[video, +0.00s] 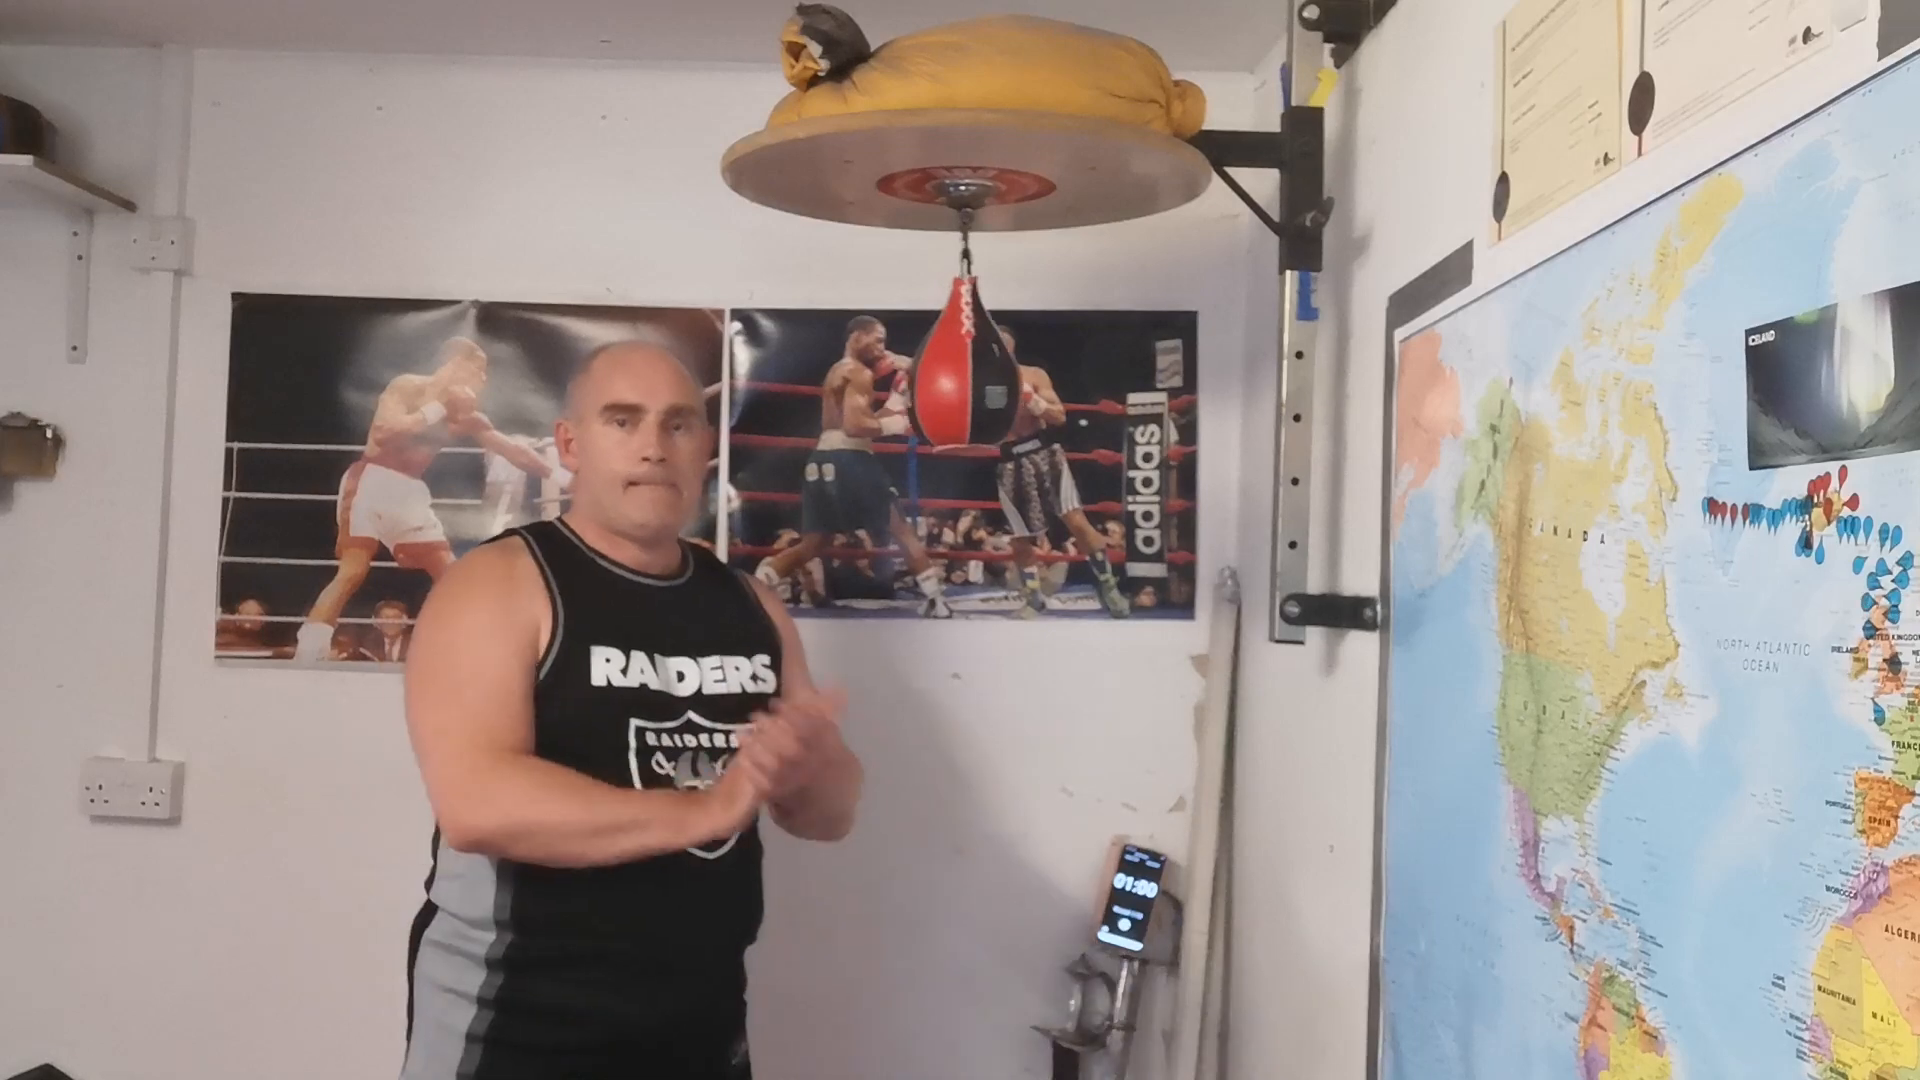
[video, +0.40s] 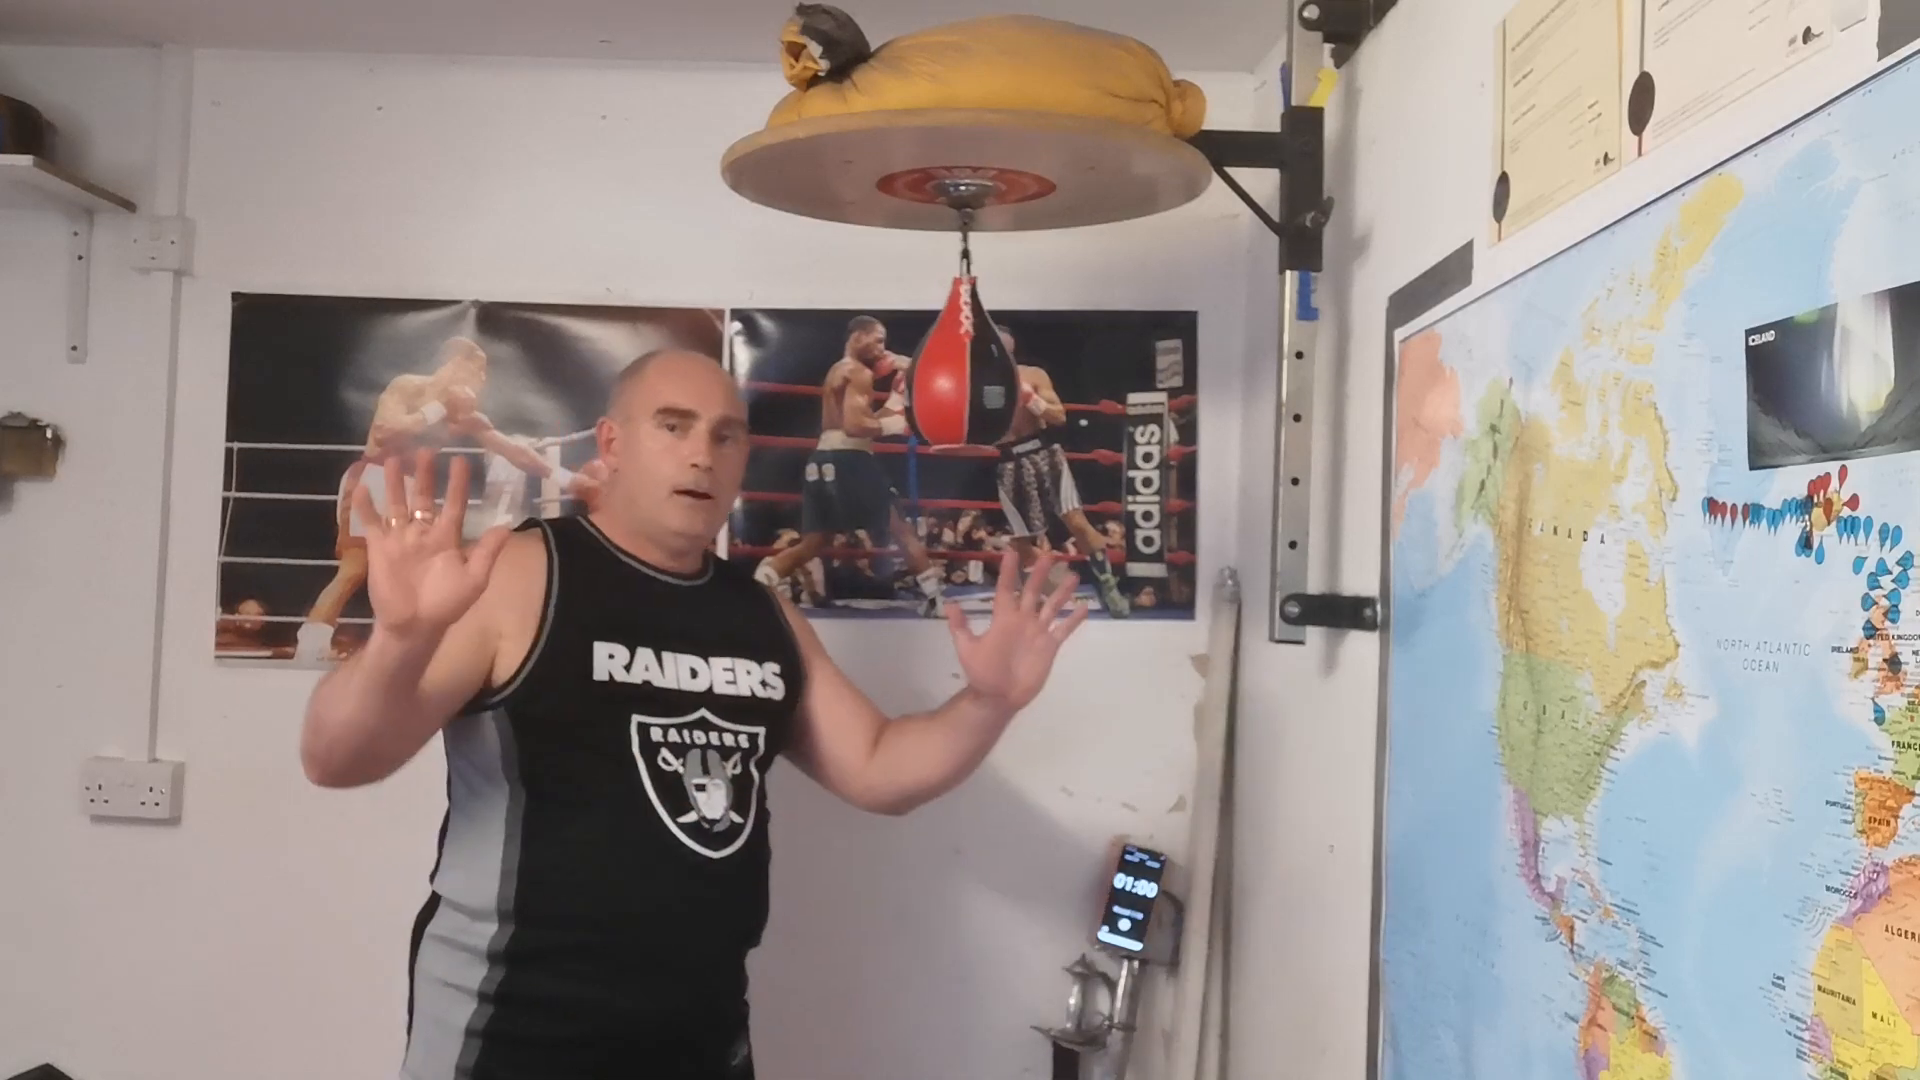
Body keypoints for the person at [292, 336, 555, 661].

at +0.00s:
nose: (481, 380)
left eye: (483, 373)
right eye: (477, 370)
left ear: (472, 376)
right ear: (453, 363)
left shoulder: (463, 407)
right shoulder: (405, 386)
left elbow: (506, 447)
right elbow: (382, 434)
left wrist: (555, 475)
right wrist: (434, 412)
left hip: (409, 493)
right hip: (370, 482)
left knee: (448, 573)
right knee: (352, 571)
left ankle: (450, 658)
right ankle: (306, 651)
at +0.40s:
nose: (474, 380)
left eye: (479, 373)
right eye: (469, 370)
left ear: (481, 377)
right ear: (450, 365)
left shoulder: (463, 412)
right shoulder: (406, 387)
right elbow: (385, 431)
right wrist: (438, 407)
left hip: (413, 488)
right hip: (373, 477)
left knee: (413, 572)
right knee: (352, 570)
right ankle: (311, 640)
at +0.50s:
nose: (472, 380)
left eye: (478, 373)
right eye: (466, 370)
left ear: (482, 380)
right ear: (448, 366)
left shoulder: (468, 417)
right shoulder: (407, 386)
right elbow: (384, 429)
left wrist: (482, 429)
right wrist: (436, 409)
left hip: (424, 486)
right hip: (378, 475)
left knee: (418, 573)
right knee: (353, 572)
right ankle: (309, 644)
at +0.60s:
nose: (472, 386)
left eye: (477, 379)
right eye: (468, 375)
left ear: (480, 382)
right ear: (449, 369)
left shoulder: (467, 419)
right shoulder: (406, 388)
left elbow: (513, 452)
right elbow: (387, 431)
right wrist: (439, 409)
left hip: (425, 491)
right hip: (378, 479)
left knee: (434, 576)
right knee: (353, 570)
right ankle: (309, 640)